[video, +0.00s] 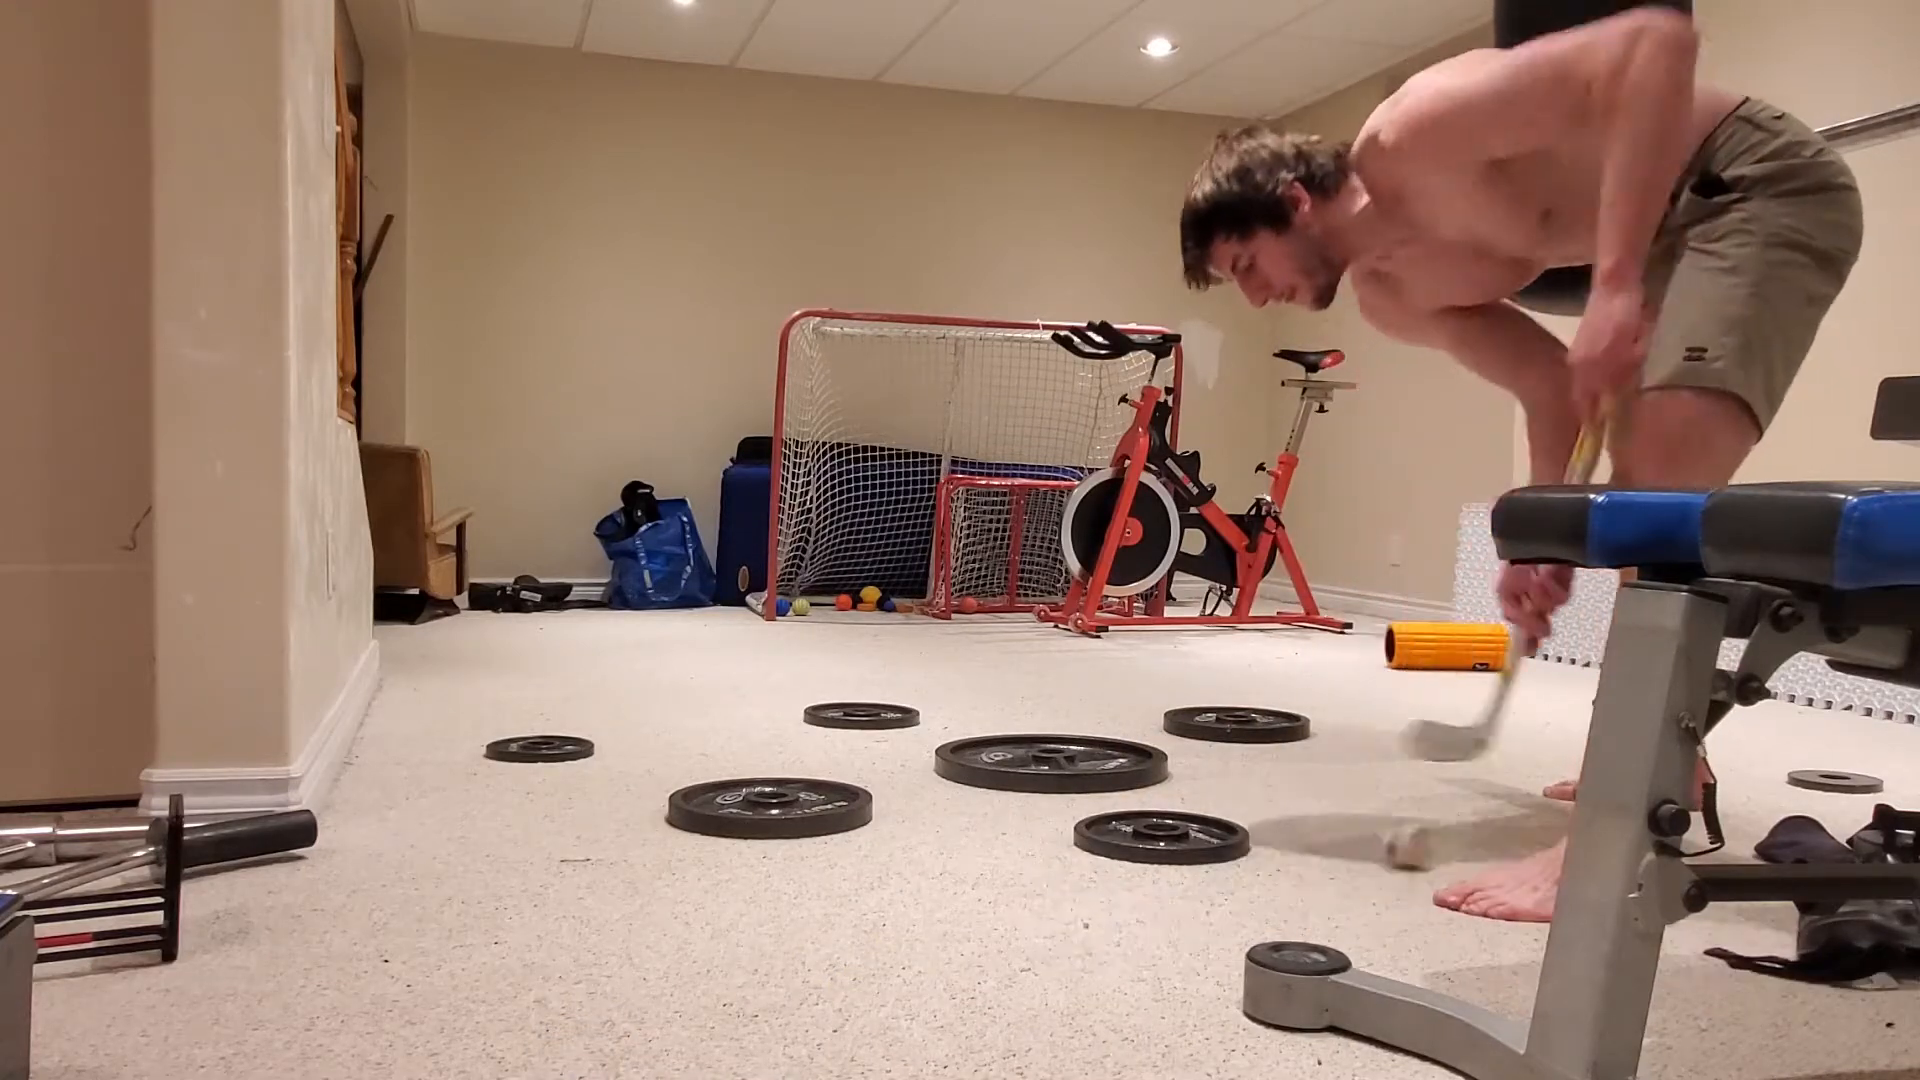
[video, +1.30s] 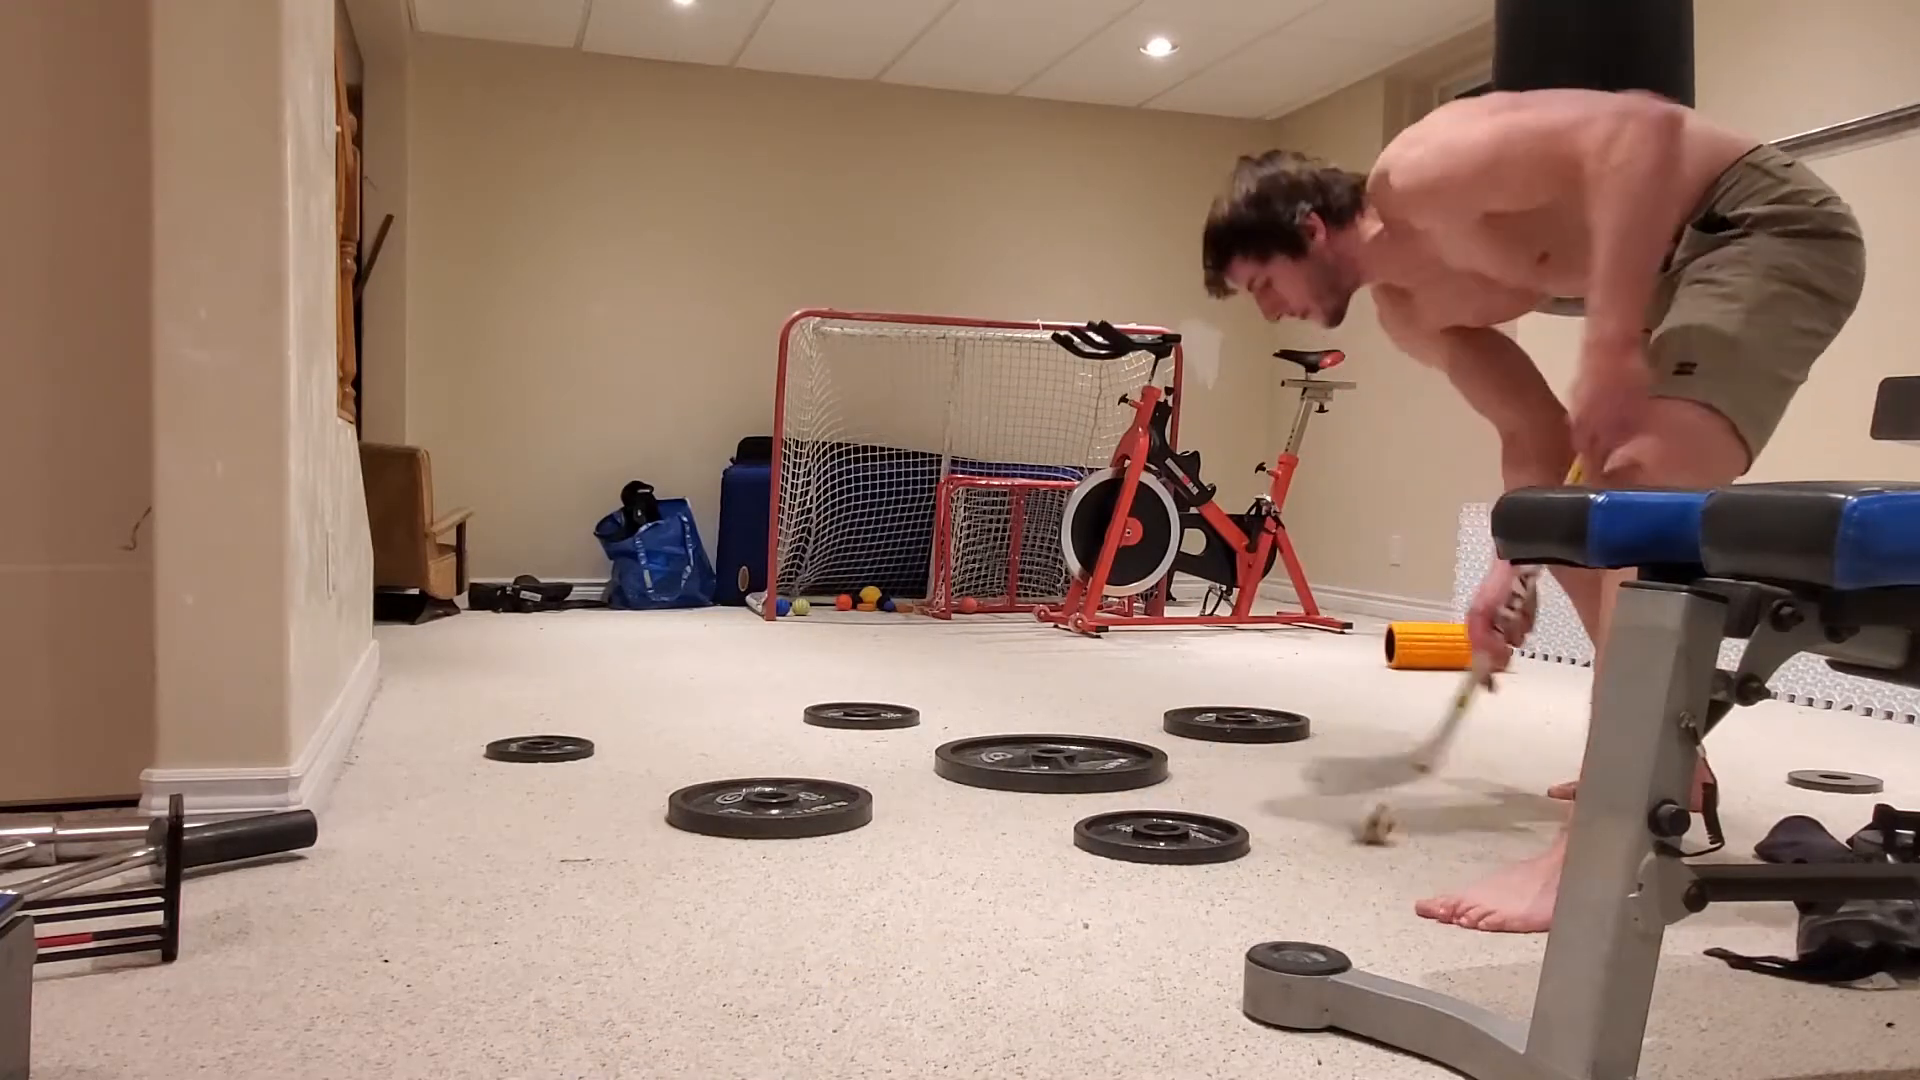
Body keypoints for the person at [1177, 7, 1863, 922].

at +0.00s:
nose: (1257, 298)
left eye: (1247, 265)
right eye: (1238, 286)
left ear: (1291, 198)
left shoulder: (1415, 131)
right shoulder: (1391, 298)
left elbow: (1654, 45)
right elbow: (1547, 376)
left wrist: (1614, 286)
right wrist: (1538, 536)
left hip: (1758, 178)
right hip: (1676, 240)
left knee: (1661, 474)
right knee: (1642, 471)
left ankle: (1621, 834)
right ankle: (1669, 757)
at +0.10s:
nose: (1267, 320)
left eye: (1252, 293)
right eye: (1248, 309)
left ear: (1287, 232)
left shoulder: (1402, 169)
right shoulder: (1421, 309)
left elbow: (1592, 178)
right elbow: (1574, 408)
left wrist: (1553, 395)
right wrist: (1565, 567)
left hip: (1765, 176)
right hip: (1683, 250)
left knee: (1673, 470)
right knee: (1654, 497)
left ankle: (1618, 838)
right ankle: (1670, 786)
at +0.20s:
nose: (1303, 357)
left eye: (1286, 336)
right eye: (1285, 349)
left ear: (1306, 279)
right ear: (1316, 282)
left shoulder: (1400, 214)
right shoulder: (1464, 333)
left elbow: (1549, 280)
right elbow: (1600, 452)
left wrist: (1549, 511)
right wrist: (1577, 613)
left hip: (1776, 184)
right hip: (1722, 229)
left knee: (1669, 486)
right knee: (1660, 492)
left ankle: (1607, 841)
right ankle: (1678, 771)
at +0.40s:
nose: (1351, 398)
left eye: (1332, 380)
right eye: (1332, 392)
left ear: (1346, 327)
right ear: (1357, 321)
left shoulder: (1425, 273)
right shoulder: (1494, 322)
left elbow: (1552, 370)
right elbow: (1561, 499)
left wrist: (1558, 554)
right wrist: (1508, 634)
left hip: (1784, 221)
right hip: (1757, 238)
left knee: (1632, 513)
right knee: (1642, 505)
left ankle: (1610, 842)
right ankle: (1677, 761)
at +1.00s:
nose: (1326, 352)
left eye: (1313, 329)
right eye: (1310, 342)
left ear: (1339, 277)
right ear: (1345, 279)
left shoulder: (1416, 244)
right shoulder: (1471, 304)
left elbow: (1525, 317)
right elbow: (1538, 473)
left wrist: (1492, 513)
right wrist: (1471, 600)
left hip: (1759, 254)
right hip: (1704, 287)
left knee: (1623, 532)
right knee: (1583, 522)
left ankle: (1578, 845)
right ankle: (1668, 754)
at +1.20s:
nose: (1286, 323)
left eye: (1276, 297)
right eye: (1270, 313)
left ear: (1313, 244)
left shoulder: (1417, 200)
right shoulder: (1435, 311)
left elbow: (1583, 210)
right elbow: (1547, 435)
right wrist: (1523, 581)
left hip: (1762, 229)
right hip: (1684, 282)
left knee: (1642, 513)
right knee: (1577, 507)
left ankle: (1603, 844)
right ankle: (1667, 753)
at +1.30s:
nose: (1269, 311)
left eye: (1262, 282)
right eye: (1252, 298)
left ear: (1309, 227)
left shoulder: (1421, 174)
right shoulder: (1408, 312)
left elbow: (1639, 136)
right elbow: (1534, 429)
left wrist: (1614, 354)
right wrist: (1510, 562)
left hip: (1763, 222)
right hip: (1671, 277)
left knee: (1639, 482)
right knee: (1562, 509)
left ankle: (1607, 846)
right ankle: (1666, 754)